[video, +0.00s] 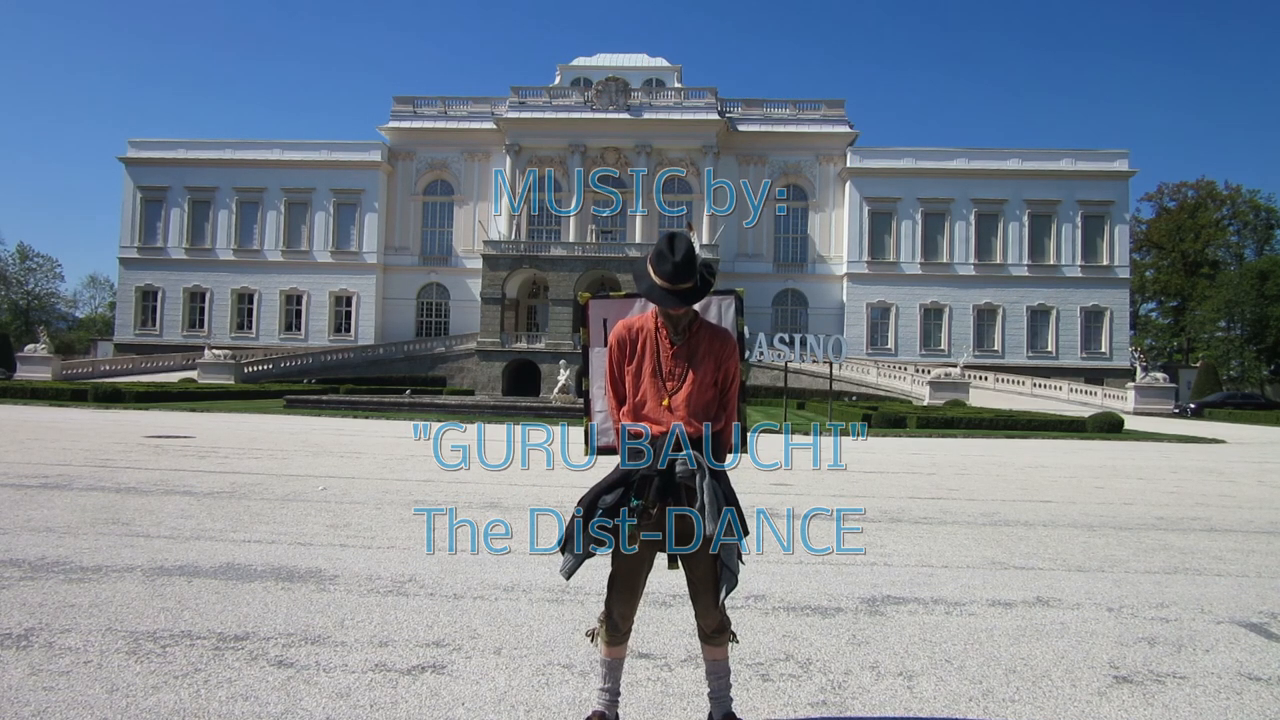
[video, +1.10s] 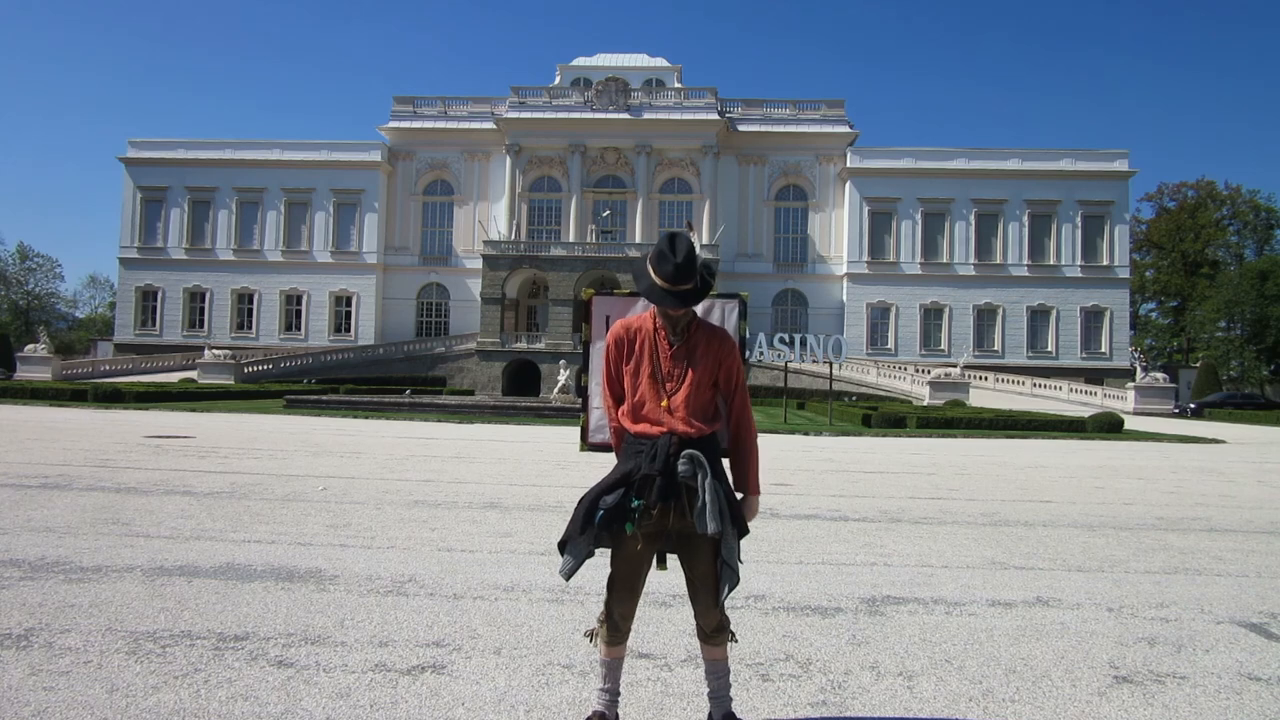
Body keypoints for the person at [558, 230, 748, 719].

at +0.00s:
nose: (676, 308)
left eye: (684, 299)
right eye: (668, 299)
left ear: (698, 293)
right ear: (652, 290)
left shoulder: (722, 343)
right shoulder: (625, 336)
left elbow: (728, 426)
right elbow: (616, 414)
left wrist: (694, 443)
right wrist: (648, 440)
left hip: (698, 490)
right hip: (640, 486)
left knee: (709, 603)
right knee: (621, 600)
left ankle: (721, 704)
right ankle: (607, 700)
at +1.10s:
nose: (678, 308)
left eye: (686, 299)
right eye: (669, 298)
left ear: (698, 292)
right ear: (652, 289)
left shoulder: (720, 344)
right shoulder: (623, 336)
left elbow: (741, 422)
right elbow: (615, 413)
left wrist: (751, 491)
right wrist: (633, 468)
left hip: (700, 486)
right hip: (639, 483)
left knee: (709, 603)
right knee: (621, 599)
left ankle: (721, 706)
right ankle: (607, 700)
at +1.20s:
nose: (676, 314)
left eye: (684, 305)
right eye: (667, 305)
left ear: (697, 298)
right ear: (652, 296)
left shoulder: (718, 342)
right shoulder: (622, 336)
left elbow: (756, 405)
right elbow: (612, 411)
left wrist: (780, 470)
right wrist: (633, 467)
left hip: (698, 481)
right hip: (638, 480)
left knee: (709, 603)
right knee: (620, 599)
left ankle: (720, 706)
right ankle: (606, 701)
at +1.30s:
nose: (678, 314)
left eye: (686, 304)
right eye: (669, 304)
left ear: (698, 297)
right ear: (653, 295)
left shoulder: (717, 338)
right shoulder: (623, 336)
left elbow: (775, 377)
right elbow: (611, 415)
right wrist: (631, 471)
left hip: (699, 481)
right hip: (639, 481)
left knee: (709, 603)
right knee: (620, 601)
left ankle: (721, 706)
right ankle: (606, 702)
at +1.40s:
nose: (679, 317)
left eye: (688, 308)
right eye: (670, 308)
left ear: (701, 299)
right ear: (654, 297)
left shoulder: (717, 335)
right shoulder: (625, 335)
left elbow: (779, 346)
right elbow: (612, 410)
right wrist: (629, 469)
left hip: (699, 478)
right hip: (638, 477)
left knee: (710, 600)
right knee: (621, 599)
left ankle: (721, 706)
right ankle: (606, 702)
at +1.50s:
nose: (678, 317)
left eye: (687, 308)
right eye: (669, 307)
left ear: (701, 296)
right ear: (653, 297)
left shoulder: (718, 329)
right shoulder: (627, 334)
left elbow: (776, 308)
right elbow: (610, 408)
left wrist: (752, 257)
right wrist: (628, 468)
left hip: (698, 475)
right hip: (639, 474)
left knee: (711, 598)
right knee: (623, 594)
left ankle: (721, 707)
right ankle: (606, 700)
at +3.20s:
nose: (687, 298)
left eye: (695, 288)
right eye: (677, 289)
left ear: (707, 290)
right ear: (660, 292)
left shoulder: (718, 336)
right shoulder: (634, 341)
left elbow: (788, 367)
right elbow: (587, 408)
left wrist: (777, 333)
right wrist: (556, 472)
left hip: (711, 476)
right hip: (651, 477)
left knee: (757, 590)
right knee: (632, 603)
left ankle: (767, 693)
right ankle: (608, 702)